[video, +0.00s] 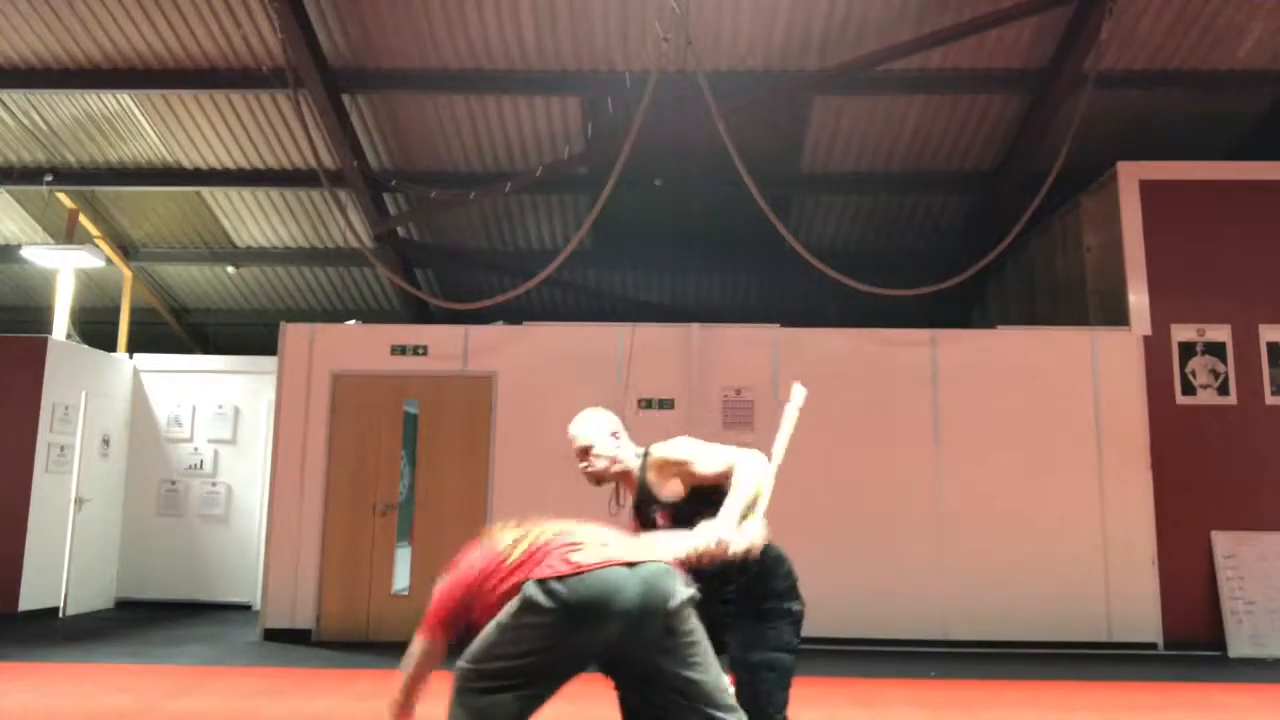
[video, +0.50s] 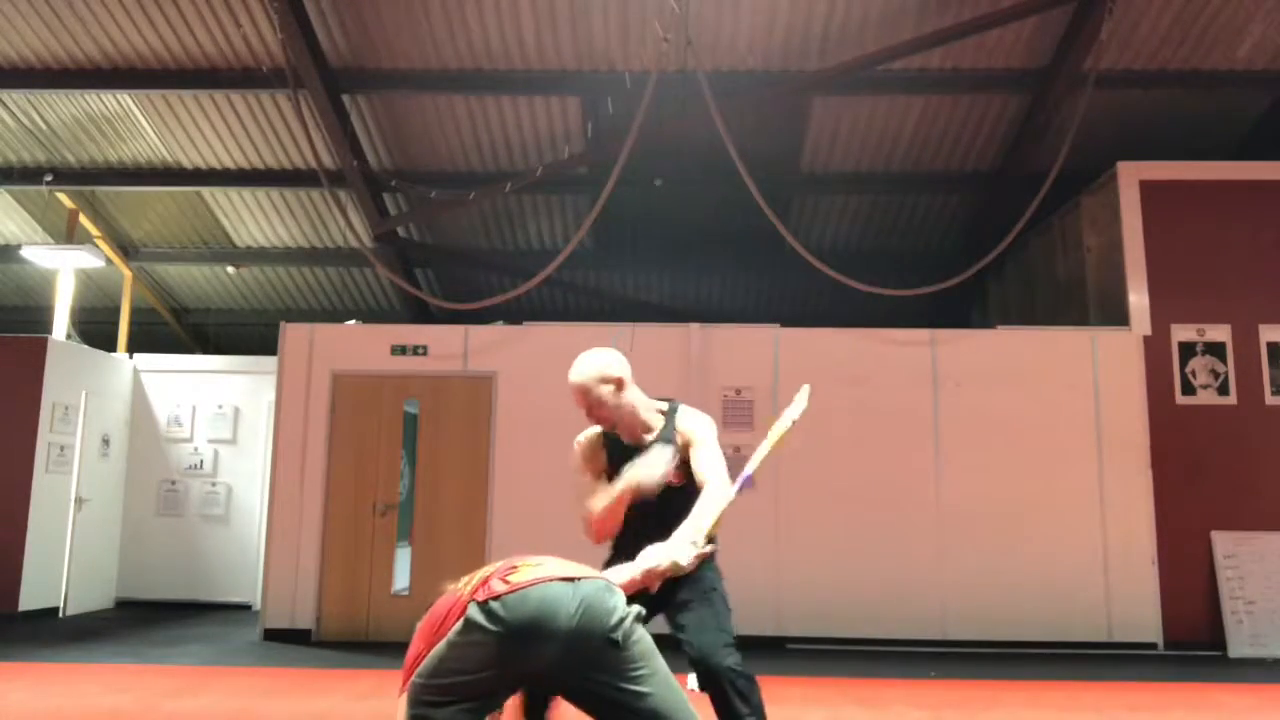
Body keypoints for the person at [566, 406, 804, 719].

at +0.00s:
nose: (581, 465)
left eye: (586, 452)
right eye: (578, 457)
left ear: (616, 438)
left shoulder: (669, 457)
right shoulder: (639, 501)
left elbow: (754, 464)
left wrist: (725, 522)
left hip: (760, 589)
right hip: (709, 593)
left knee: (762, 708)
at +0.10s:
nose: (572, 449)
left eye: (578, 438)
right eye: (569, 439)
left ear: (609, 428)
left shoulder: (655, 456)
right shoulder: (631, 474)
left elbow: (739, 476)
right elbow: (668, 530)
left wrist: (713, 542)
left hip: (744, 579)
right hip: (699, 581)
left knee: (756, 709)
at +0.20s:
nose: (574, 439)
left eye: (579, 429)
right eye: (571, 430)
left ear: (608, 412)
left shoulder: (662, 436)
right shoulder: (615, 457)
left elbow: (741, 476)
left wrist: (699, 534)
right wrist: (562, 439)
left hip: (735, 568)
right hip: (684, 571)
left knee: (730, 694)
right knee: (635, 669)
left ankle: (800, 716)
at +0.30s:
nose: (579, 415)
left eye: (584, 404)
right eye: (576, 406)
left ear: (612, 399)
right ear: (601, 403)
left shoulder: (672, 424)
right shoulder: (595, 450)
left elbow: (737, 483)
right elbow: (555, 507)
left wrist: (696, 534)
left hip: (729, 549)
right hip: (678, 558)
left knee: (705, 654)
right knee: (641, 657)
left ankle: (745, 715)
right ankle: (654, 715)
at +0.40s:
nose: (593, 401)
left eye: (601, 390)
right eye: (589, 391)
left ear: (632, 388)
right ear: (587, 391)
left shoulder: (691, 424)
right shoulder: (599, 445)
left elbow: (726, 497)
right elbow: (599, 522)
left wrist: (670, 553)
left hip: (708, 557)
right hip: (649, 563)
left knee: (714, 660)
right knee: (604, 651)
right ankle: (634, 714)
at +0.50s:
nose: (590, 416)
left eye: (593, 404)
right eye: (584, 408)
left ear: (619, 385)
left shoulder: (692, 424)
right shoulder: (591, 445)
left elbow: (718, 489)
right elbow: (597, 530)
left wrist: (678, 545)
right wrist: (627, 485)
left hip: (690, 564)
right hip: (628, 568)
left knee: (717, 663)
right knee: (560, 651)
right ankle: (532, 714)